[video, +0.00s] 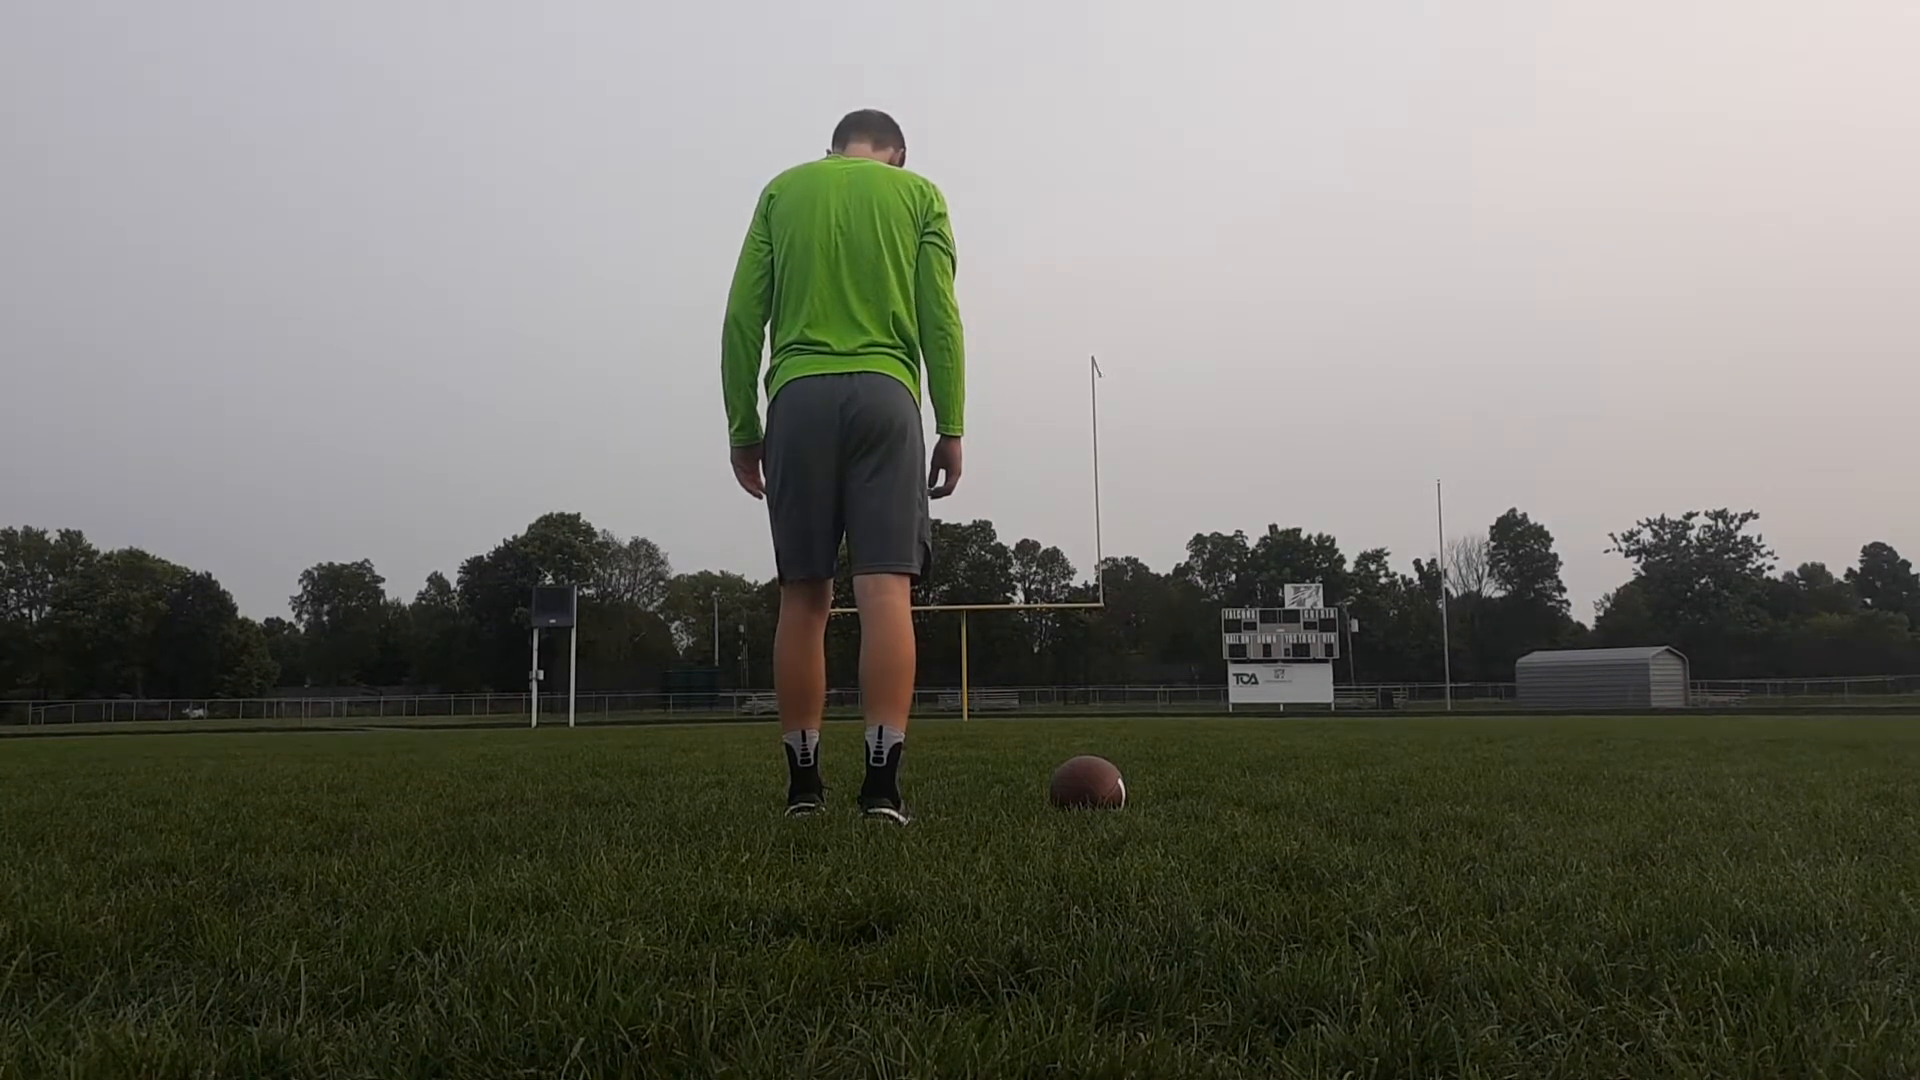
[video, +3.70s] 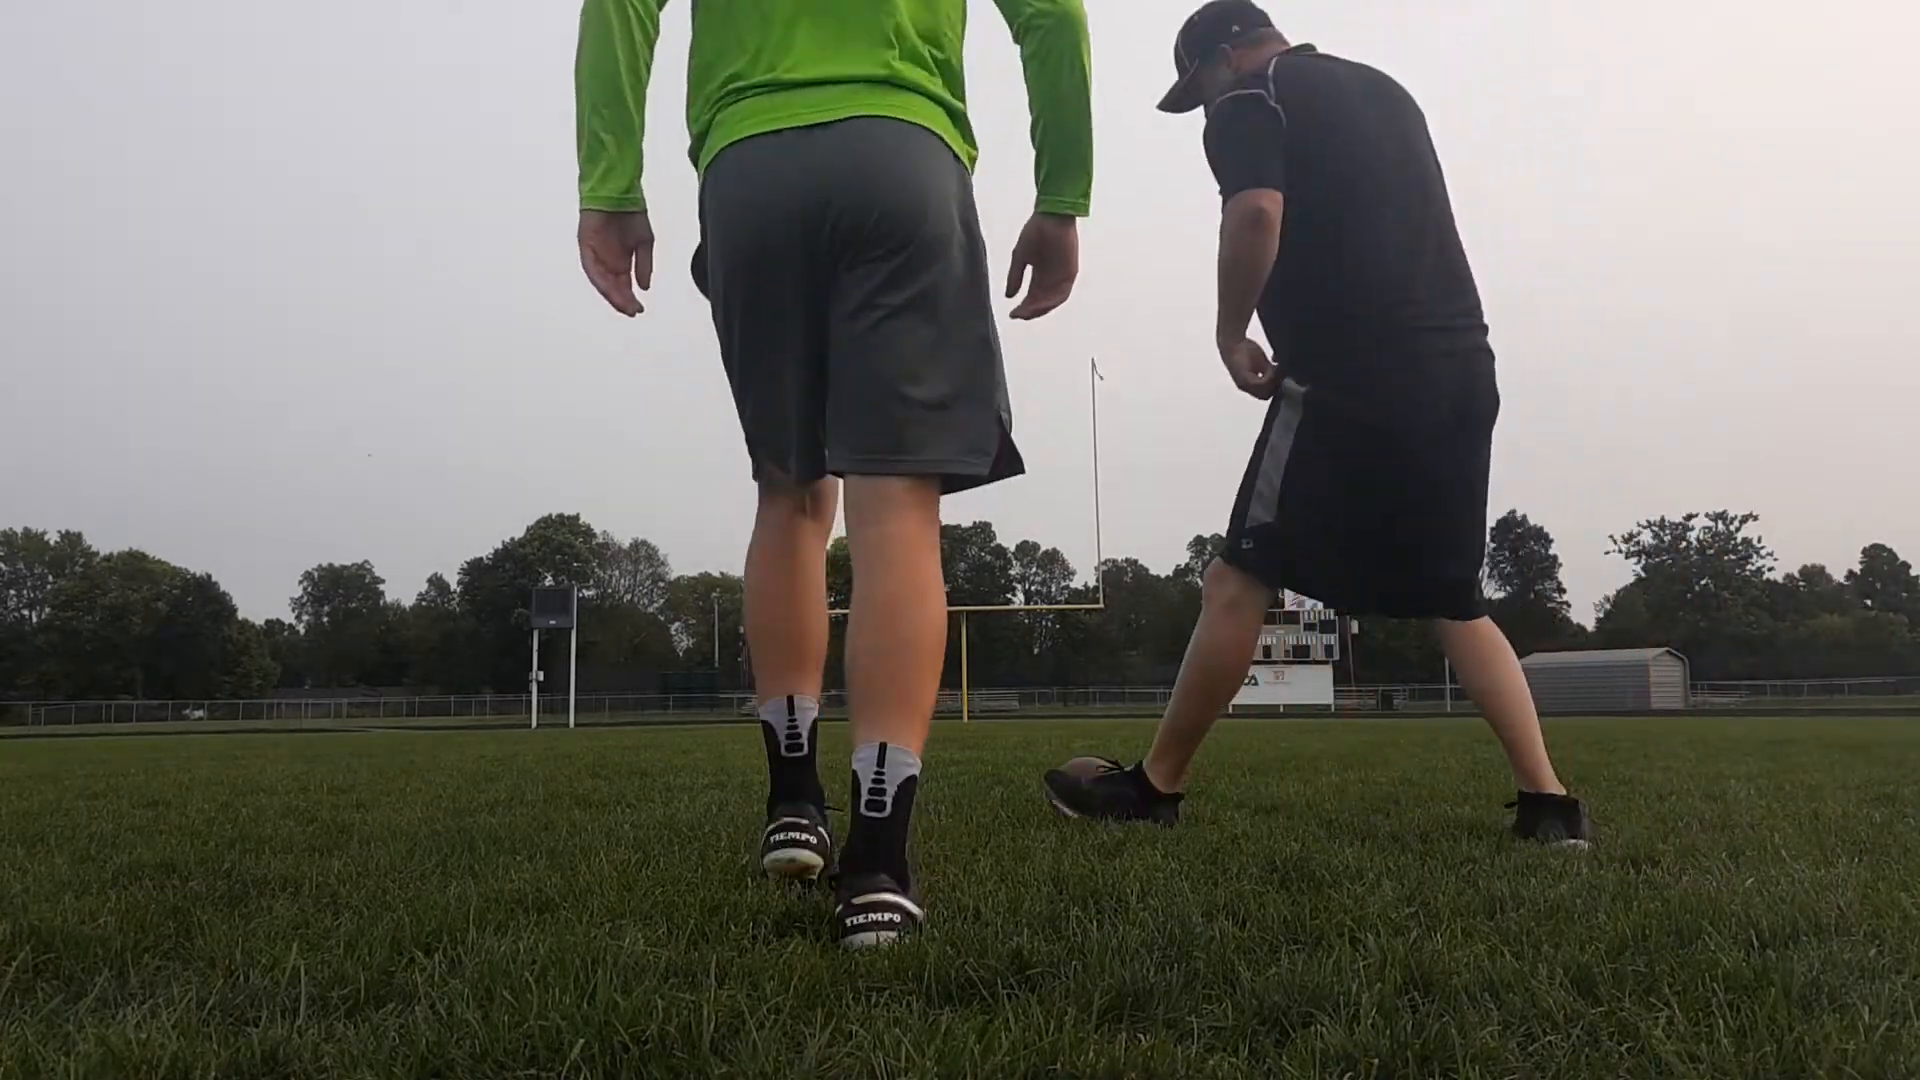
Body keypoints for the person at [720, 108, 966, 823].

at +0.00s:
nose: (900, 173)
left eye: (896, 164)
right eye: (902, 162)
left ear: (834, 145)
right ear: (895, 151)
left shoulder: (782, 189)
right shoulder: (917, 193)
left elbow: (743, 315)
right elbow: (939, 313)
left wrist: (743, 427)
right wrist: (952, 426)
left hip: (799, 397)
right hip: (885, 396)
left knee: (803, 596)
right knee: (885, 592)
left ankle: (803, 785)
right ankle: (882, 790)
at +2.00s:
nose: (938, 156)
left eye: (933, 146)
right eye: (941, 145)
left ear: (871, 121)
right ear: (932, 132)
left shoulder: (812, 162)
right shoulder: (952, 174)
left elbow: (759, 287)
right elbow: (977, 300)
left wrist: (749, 408)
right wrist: (991, 420)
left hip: (814, 387)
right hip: (907, 390)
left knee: (802, 584)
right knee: (900, 590)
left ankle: (795, 781)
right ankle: (883, 792)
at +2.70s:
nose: (868, 50)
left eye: (819, 40)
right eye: (873, 38)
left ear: (797, 34)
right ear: (874, 33)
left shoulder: (754, 93)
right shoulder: (923, 91)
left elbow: (698, 258)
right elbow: (972, 219)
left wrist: (720, 384)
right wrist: (983, 357)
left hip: (788, 342)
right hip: (894, 350)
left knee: (795, 582)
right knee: (887, 586)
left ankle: (804, 818)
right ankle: (887, 786)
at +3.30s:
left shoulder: (710, 2)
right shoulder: (929, 4)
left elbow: (647, 105)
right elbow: (974, 99)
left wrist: (653, 285)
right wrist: (998, 271)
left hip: (756, 253)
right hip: (882, 247)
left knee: (786, 547)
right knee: (906, 534)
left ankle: (803, 826)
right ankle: (892, 730)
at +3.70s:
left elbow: (618, 7)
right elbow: (1051, 16)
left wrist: (610, 184)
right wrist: (1060, 200)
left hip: (749, 157)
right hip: (906, 148)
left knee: (790, 493)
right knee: (899, 505)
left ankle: (792, 801)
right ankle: (879, 864)